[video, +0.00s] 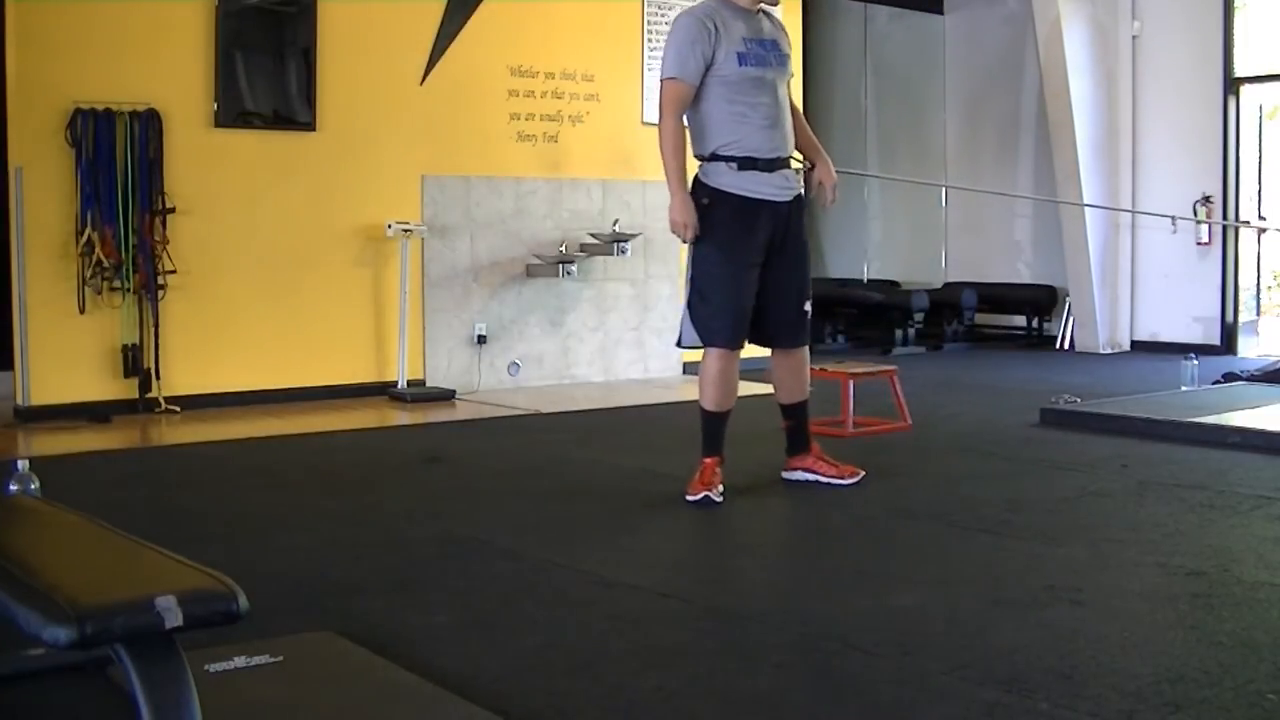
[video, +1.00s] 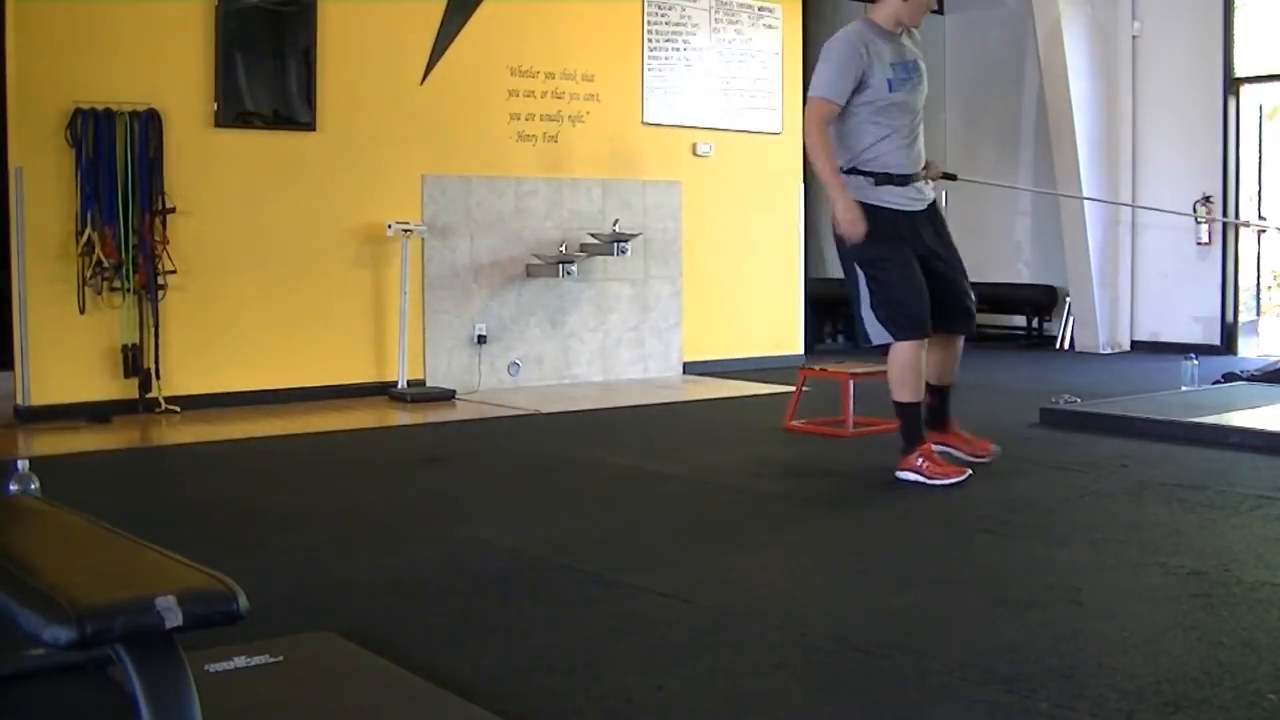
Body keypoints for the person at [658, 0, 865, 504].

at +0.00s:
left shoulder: (776, 27)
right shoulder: (698, 22)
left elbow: (783, 107)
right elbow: (671, 113)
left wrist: (819, 156)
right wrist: (678, 195)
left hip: (784, 198)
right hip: (727, 196)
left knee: (790, 331)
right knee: (723, 337)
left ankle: (800, 454)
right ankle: (711, 464)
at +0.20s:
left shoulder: (791, 31)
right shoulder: (720, 27)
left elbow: (796, 106)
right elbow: (699, 112)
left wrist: (834, 153)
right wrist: (718, 190)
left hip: (808, 197)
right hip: (757, 196)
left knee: (806, 328)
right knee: (772, 323)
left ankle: (802, 454)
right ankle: (745, 452)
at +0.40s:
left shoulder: (810, 25)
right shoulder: (745, 26)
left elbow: (816, 100)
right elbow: (714, 110)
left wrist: (856, 147)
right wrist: (749, 180)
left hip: (826, 192)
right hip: (781, 193)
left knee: (814, 322)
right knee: (830, 314)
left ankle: (800, 452)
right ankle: (853, 451)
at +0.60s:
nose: (852, 0)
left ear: (841, 2)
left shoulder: (841, 30)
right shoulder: (776, 36)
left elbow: (845, 96)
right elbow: (731, 117)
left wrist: (876, 132)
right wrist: (751, 192)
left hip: (854, 197)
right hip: (812, 200)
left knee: (839, 330)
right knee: (873, 318)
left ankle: (805, 451)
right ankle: (909, 448)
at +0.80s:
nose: (897, 7)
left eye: (897, 2)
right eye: (892, 0)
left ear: (871, 3)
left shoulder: (878, 44)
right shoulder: (820, 51)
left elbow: (869, 125)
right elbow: (780, 138)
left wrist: (882, 185)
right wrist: (763, 216)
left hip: (884, 200)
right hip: (845, 203)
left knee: (913, 318)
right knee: (898, 323)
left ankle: (843, 418)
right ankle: (914, 452)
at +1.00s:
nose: (930, 9)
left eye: (931, 3)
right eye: (927, 1)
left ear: (906, 4)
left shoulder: (908, 47)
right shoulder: (848, 46)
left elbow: (891, 121)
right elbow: (814, 124)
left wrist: (921, 164)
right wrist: (840, 197)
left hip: (918, 203)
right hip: (870, 205)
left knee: (953, 311)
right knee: (909, 321)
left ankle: (938, 428)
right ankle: (912, 452)